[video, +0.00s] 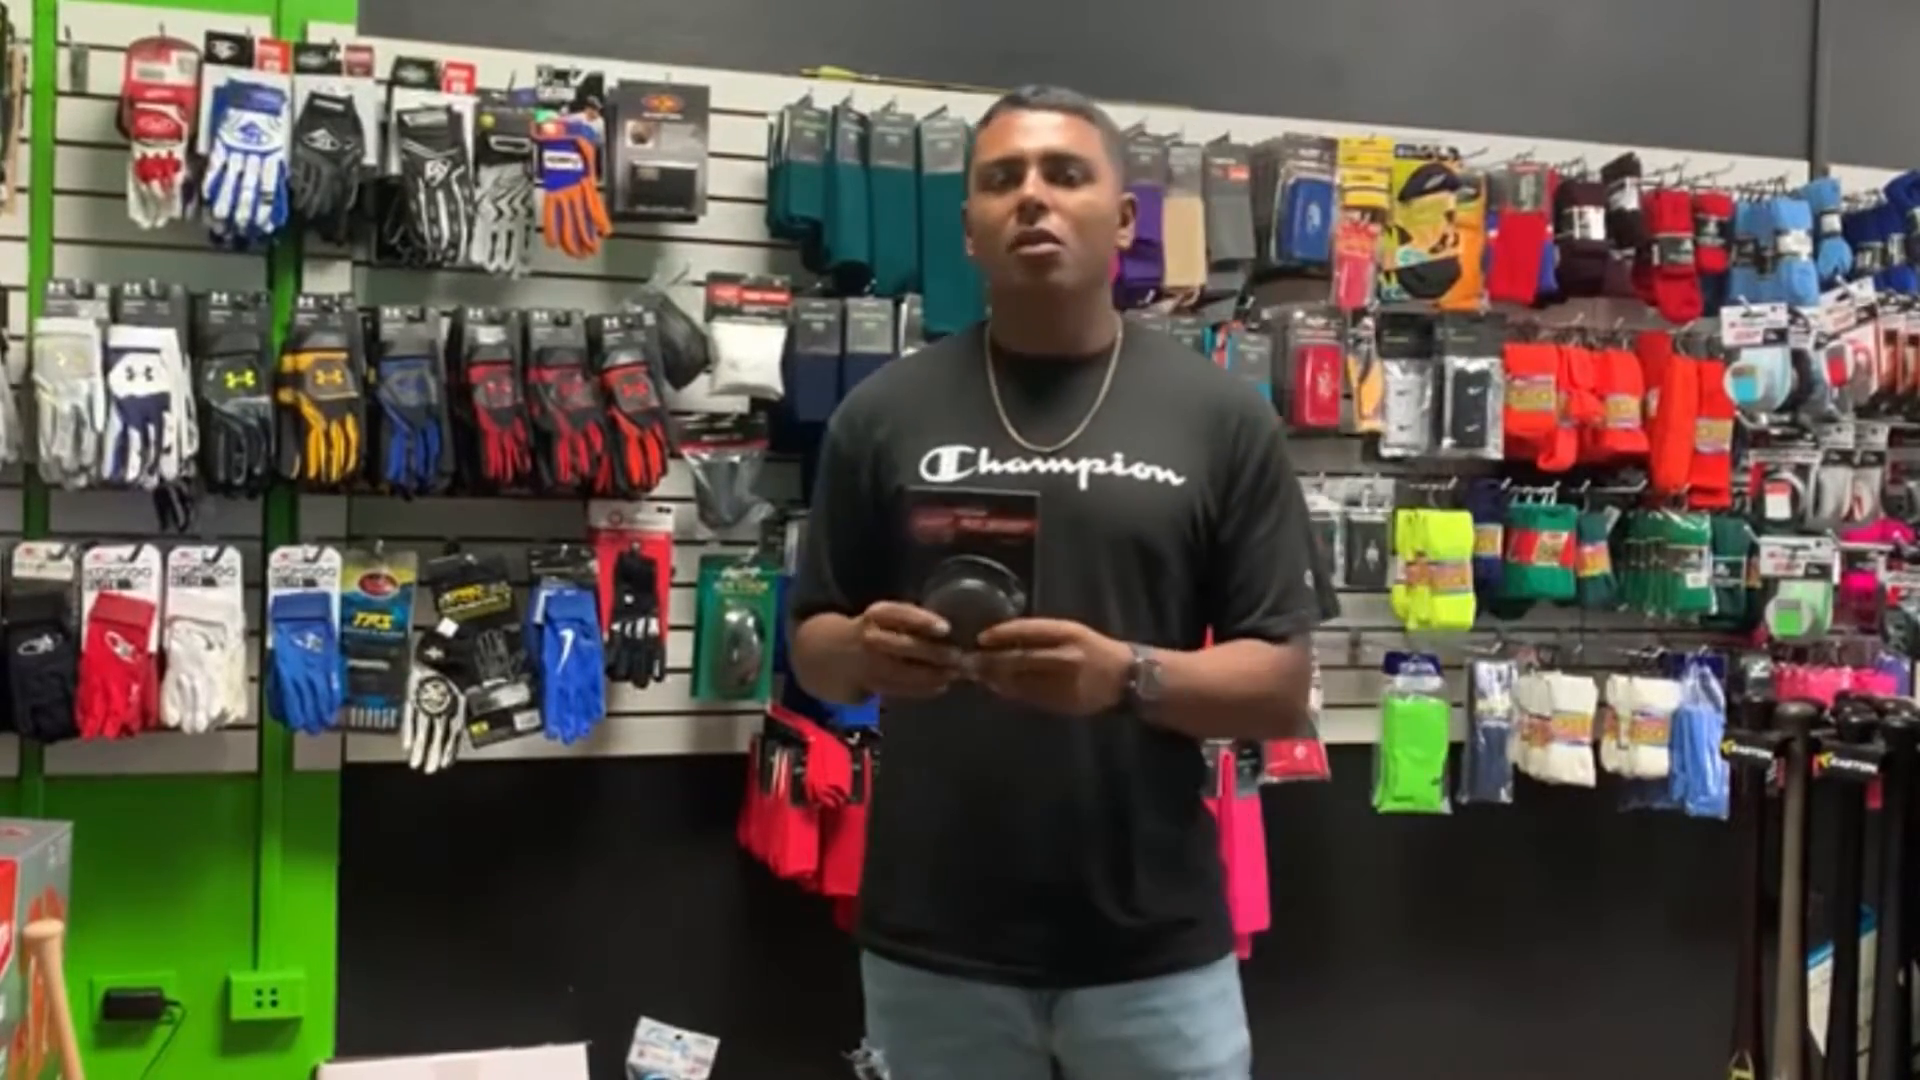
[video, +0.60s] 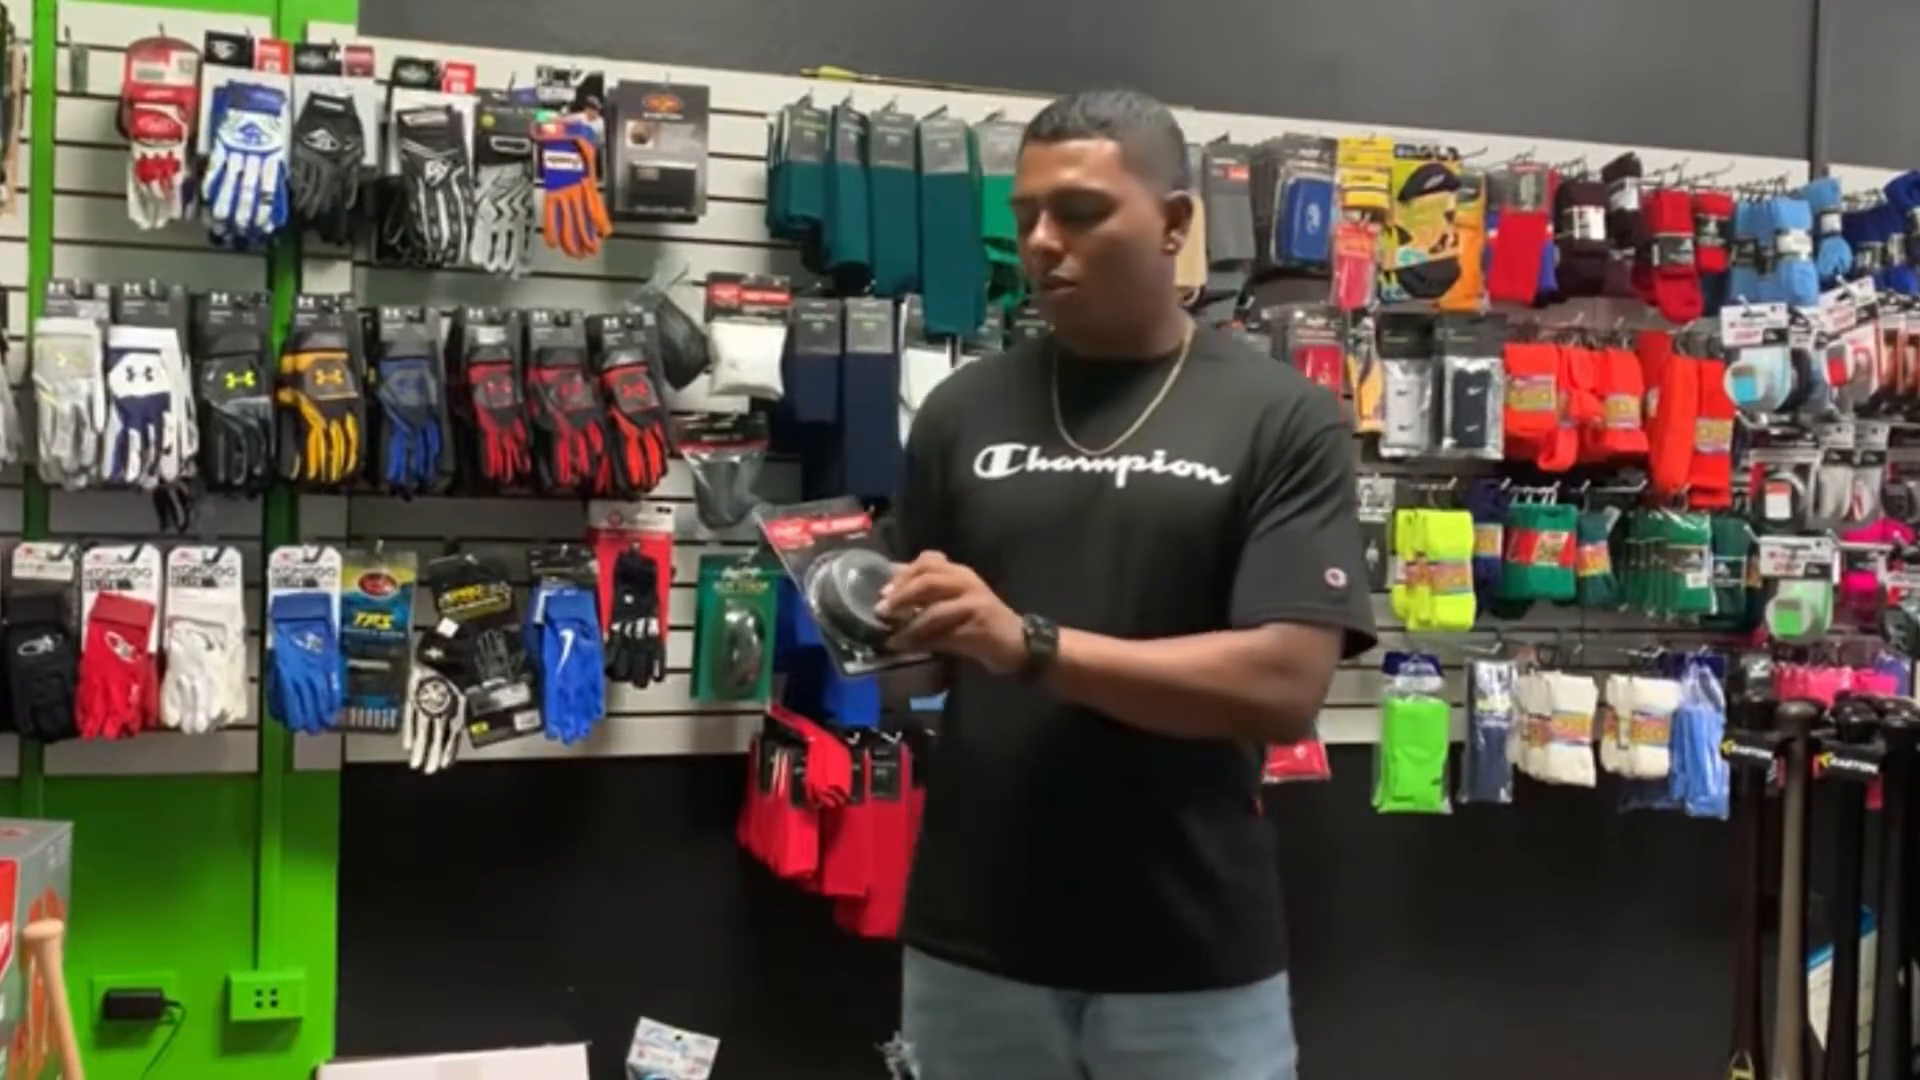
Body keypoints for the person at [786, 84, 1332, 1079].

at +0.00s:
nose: (1033, 195)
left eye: (1066, 172)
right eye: (1003, 176)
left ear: (1123, 217)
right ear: (967, 225)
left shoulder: (1221, 420)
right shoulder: (881, 416)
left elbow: (1283, 683)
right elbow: (812, 648)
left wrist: (1127, 675)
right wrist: (861, 655)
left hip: (1155, 946)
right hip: (935, 945)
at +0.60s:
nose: (1041, 243)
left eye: (1079, 213)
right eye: (1027, 215)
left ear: (1176, 224)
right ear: (1014, 223)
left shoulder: (1285, 419)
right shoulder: (960, 412)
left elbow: (1286, 684)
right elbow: (917, 665)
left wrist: (1030, 646)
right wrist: (890, 632)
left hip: (1193, 959)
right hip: (974, 947)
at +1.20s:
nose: (1214, 237)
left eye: (1251, 202)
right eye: (1210, 207)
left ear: (1365, 212)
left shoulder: (1495, 417)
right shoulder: (1167, 404)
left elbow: (1459, 702)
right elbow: (1122, 628)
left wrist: (1165, 655)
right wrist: (1044, 626)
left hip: (1377, 984)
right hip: (1153, 957)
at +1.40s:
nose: (1256, 230)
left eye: (1296, 198)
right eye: (1256, 200)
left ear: (1411, 214)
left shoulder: (1540, 421)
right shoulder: (1213, 397)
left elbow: (1485, 706)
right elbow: (1160, 622)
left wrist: (1193, 653)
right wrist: (1076, 619)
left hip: (1410, 988)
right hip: (1187, 958)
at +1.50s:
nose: (1270, 229)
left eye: (1309, 198)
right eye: (1269, 200)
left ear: (1425, 216)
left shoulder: (1555, 423)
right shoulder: (1227, 397)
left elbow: (1488, 705)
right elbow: (1169, 627)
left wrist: (1195, 652)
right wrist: (1080, 621)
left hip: (1418, 991)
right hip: (1196, 960)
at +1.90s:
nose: (1270, 225)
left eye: (1309, 192)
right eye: (1271, 194)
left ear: (1422, 209)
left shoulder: (1553, 422)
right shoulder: (1236, 394)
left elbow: (1455, 700)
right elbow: (1169, 607)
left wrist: (1169, 647)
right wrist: (1063, 616)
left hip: (1414, 990)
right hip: (1196, 957)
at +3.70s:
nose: (981, 253)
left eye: (1011, 219)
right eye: (977, 228)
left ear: (1117, 219)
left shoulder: (1251, 396)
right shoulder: (965, 411)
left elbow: (1199, 660)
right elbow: (933, 648)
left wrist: (925, 628)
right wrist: (824, 611)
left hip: (1186, 943)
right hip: (985, 933)